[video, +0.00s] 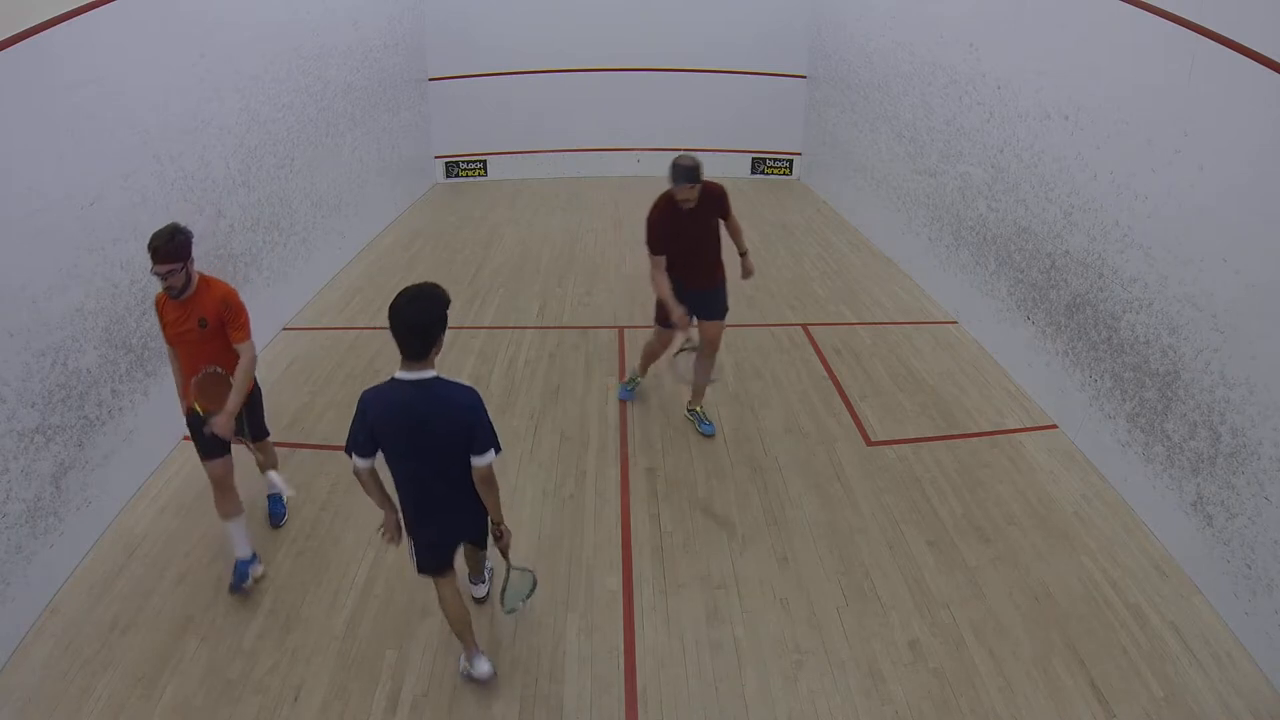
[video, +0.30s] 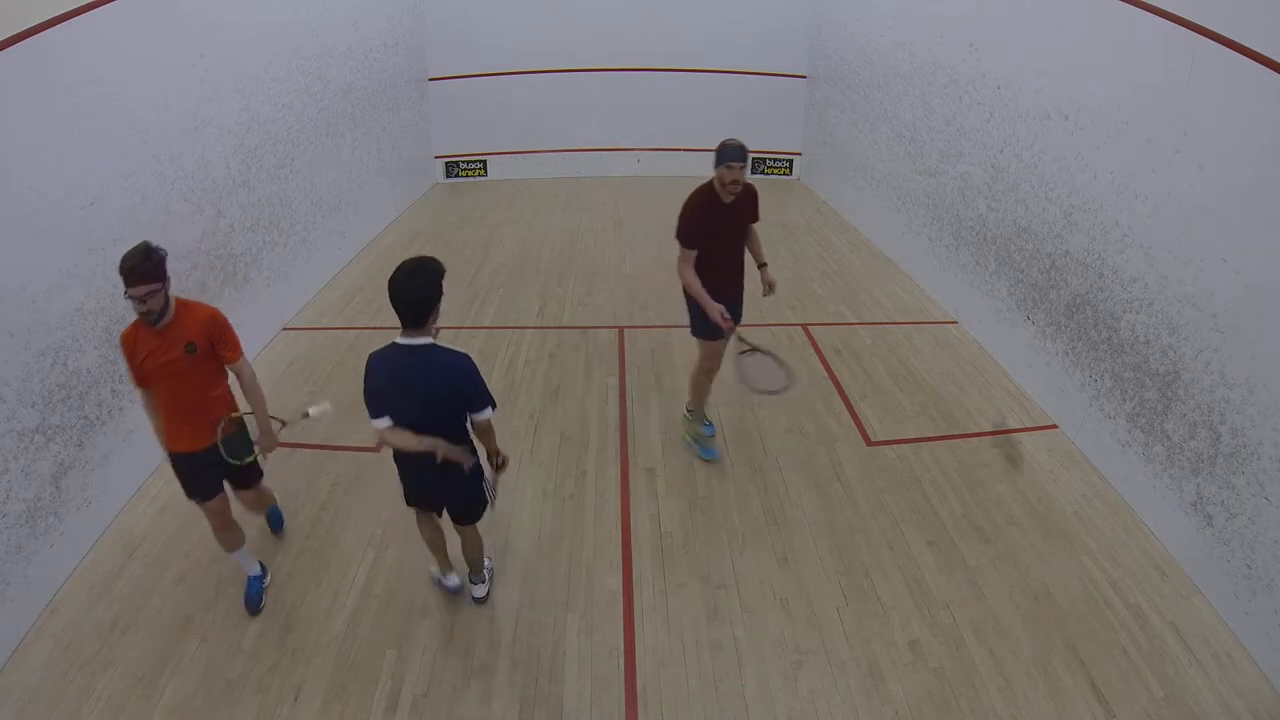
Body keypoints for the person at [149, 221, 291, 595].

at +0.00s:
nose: (166, 283)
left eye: (171, 274)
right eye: (159, 276)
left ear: (190, 263)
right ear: (155, 270)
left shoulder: (222, 296)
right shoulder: (163, 305)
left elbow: (248, 356)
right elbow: (174, 355)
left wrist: (229, 412)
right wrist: (184, 399)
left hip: (238, 391)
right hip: (199, 401)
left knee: (259, 444)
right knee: (219, 478)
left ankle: (275, 488)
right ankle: (245, 555)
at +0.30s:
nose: (143, 306)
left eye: (149, 295)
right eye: (134, 299)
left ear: (167, 284)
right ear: (126, 295)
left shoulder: (205, 320)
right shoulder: (131, 341)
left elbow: (244, 373)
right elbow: (147, 396)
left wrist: (265, 426)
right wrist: (166, 444)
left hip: (226, 434)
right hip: (184, 448)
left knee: (250, 498)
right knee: (217, 516)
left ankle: (270, 507)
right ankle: (254, 571)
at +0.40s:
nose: (143, 313)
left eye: (151, 302)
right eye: (133, 305)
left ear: (166, 289)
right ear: (124, 300)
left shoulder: (203, 324)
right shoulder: (122, 350)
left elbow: (243, 374)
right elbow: (132, 405)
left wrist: (269, 427)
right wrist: (155, 458)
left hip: (225, 440)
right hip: (181, 457)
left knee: (261, 519)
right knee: (218, 523)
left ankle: (275, 547)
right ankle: (253, 572)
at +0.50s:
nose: (148, 322)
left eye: (155, 310)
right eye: (137, 314)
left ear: (168, 296)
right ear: (125, 308)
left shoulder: (202, 332)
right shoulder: (119, 360)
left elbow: (240, 380)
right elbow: (120, 418)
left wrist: (269, 432)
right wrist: (146, 477)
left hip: (227, 450)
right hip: (183, 469)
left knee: (265, 533)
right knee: (220, 529)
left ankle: (289, 589)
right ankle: (253, 572)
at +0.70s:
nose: (164, 346)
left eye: (171, 333)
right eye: (152, 338)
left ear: (182, 320)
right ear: (136, 333)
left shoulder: (215, 357)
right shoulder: (127, 389)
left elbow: (244, 413)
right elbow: (132, 459)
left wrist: (267, 467)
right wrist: (141, 528)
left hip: (239, 483)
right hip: (193, 501)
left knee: (274, 565)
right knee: (227, 548)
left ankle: (309, 642)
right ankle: (254, 574)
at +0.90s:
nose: (183, 356)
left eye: (190, 342)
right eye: (169, 348)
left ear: (200, 329)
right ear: (150, 343)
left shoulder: (234, 368)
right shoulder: (138, 408)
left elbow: (265, 431)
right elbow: (144, 486)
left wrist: (296, 489)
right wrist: (163, 563)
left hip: (266, 503)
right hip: (216, 531)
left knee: (292, 580)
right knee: (250, 605)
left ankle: (312, 649)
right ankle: (258, 615)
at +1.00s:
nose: (191, 360)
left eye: (199, 346)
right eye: (177, 352)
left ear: (208, 333)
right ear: (157, 349)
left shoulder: (241, 371)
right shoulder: (144, 418)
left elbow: (279, 435)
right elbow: (155, 496)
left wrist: (317, 495)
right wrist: (179, 571)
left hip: (275, 510)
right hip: (225, 539)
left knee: (296, 584)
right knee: (272, 627)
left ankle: (312, 648)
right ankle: (281, 649)